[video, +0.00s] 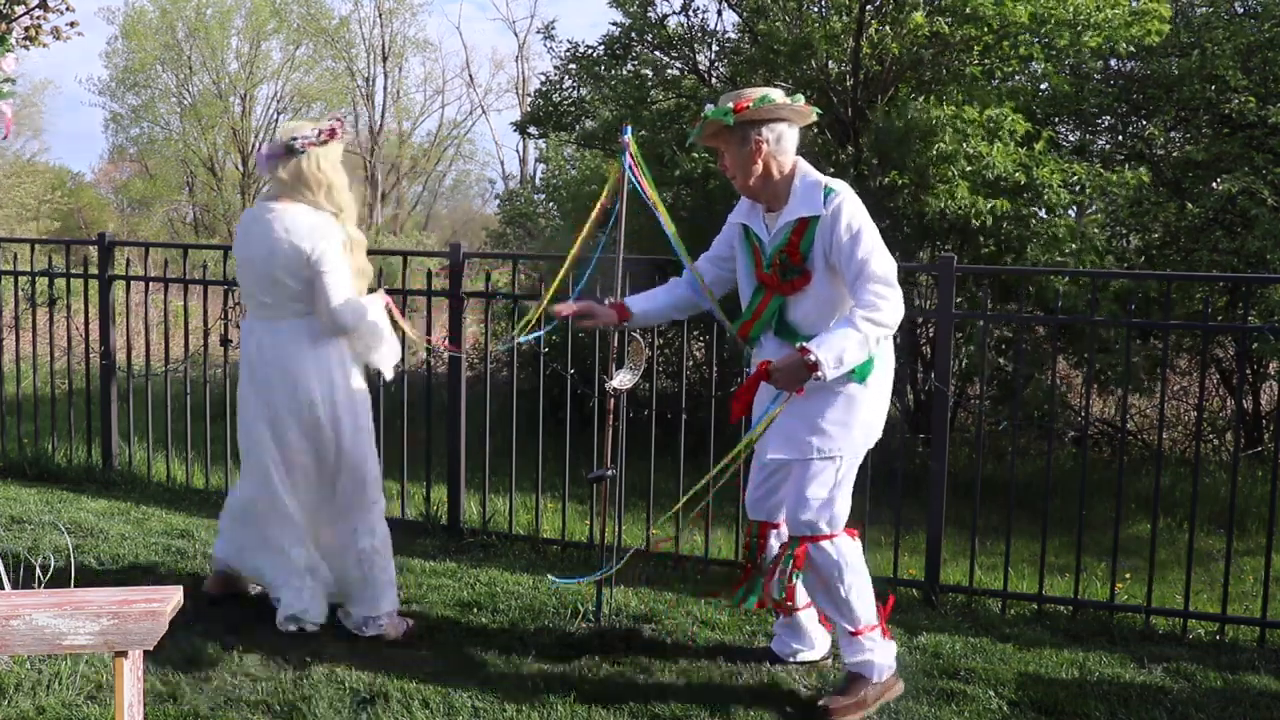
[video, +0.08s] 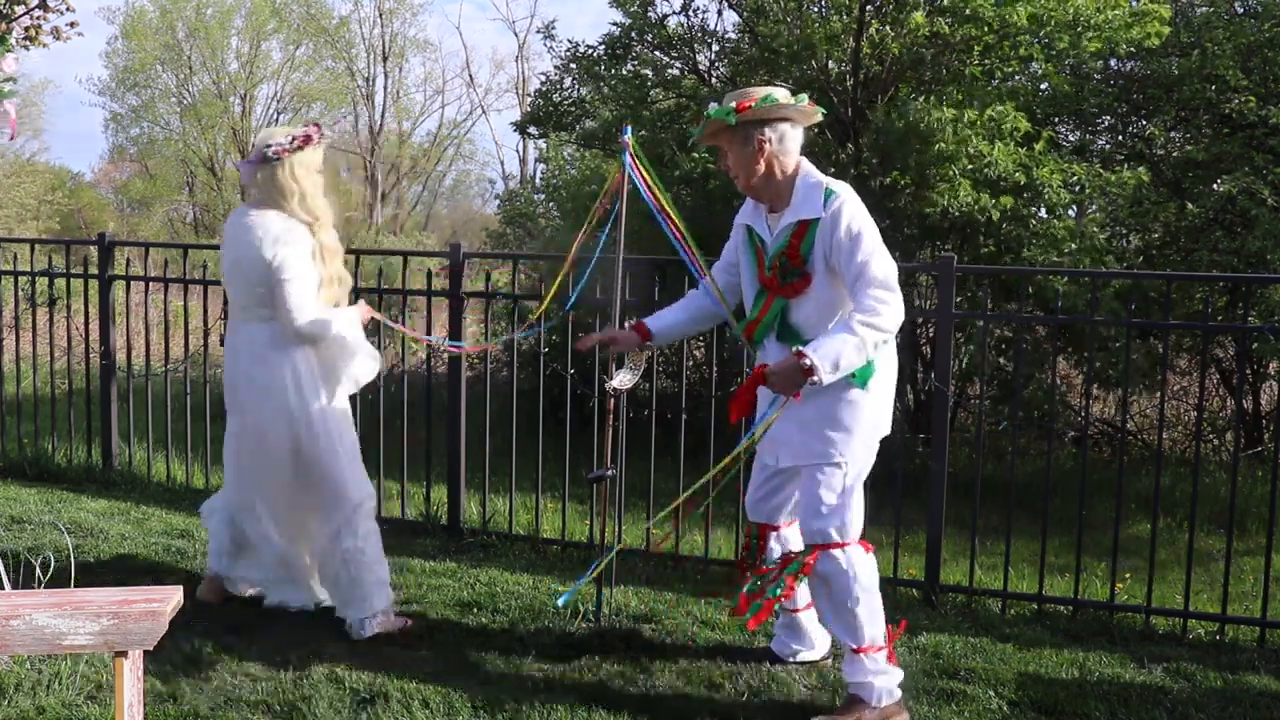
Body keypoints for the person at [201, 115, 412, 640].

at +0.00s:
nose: (343, 178)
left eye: (339, 168)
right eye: (337, 169)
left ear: (278, 171)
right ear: (323, 174)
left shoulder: (251, 223)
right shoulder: (319, 230)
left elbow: (277, 289)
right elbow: (341, 310)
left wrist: (359, 296)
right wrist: (378, 308)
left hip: (260, 354)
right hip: (313, 359)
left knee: (261, 469)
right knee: (353, 477)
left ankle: (226, 568)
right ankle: (372, 609)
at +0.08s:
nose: (237, 180)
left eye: (244, 174)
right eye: (315, 175)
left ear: (259, 180)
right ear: (299, 180)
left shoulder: (238, 227)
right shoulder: (286, 236)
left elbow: (253, 302)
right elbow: (302, 321)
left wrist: (329, 305)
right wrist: (353, 316)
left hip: (244, 377)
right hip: (289, 379)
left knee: (247, 479)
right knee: (346, 489)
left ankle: (217, 579)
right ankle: (371, 613)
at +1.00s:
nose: (234, 161)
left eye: (240, 153)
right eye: (222, 153)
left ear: (247, 163)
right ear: (195, 162)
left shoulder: (245, 225)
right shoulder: (170, 223)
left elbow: (261, 292)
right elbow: (158, 300)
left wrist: (287, 312)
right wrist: (222, 331)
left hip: (242, 362)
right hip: (194, 362)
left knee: (238, 464)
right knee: (196, 470)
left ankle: (221, 570)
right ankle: (192, 588)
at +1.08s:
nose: (233, 161)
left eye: (239, 153)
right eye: (222, 153)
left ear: (247, 163)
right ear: (195, 161)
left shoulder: (246, 223)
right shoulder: (169, 219)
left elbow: (265, 289)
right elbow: (156, 296)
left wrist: (290, 315)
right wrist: (219, 330)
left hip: (247, 364)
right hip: (196, 364)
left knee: (242, 463)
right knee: (195, 470)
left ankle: (221, 570)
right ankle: (192, 590)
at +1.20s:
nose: (234, 160)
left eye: (240, 153)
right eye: (222, 152)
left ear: (248, 162)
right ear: (196, 160)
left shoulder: (250, 222)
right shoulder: (171, 218)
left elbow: (270, 286)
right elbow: (155, 294)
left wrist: (297, 306)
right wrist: (220, 323)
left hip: (248, 365)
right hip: (195, 367)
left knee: (242, 464)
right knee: (194, 470)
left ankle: (222, 570)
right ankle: (192, 587)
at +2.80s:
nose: (230, 152)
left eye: (233, 144)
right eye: (218, 145)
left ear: (239, 150)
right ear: (189, 154)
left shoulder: (237, 211)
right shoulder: (169, 209)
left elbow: (266, 268)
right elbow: (206, 269)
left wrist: (317, 276)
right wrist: (286, 271)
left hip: (237, 346)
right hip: (190, 349)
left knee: (236, 455)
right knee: (195, 462)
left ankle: (228, 567)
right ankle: (190, 589)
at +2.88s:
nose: (226, 160)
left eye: (230, 151)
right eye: (215, 153)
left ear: (236, 158)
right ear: (186, 162)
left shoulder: (235, 218)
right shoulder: (165, 216)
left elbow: (263, 277)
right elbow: (200, 276)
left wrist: (312, 279)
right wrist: (282, 276)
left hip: (239, 352)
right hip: (191, 354)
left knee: (237, 459)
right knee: (196, 466)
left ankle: (231, 571)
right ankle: (191, 589)